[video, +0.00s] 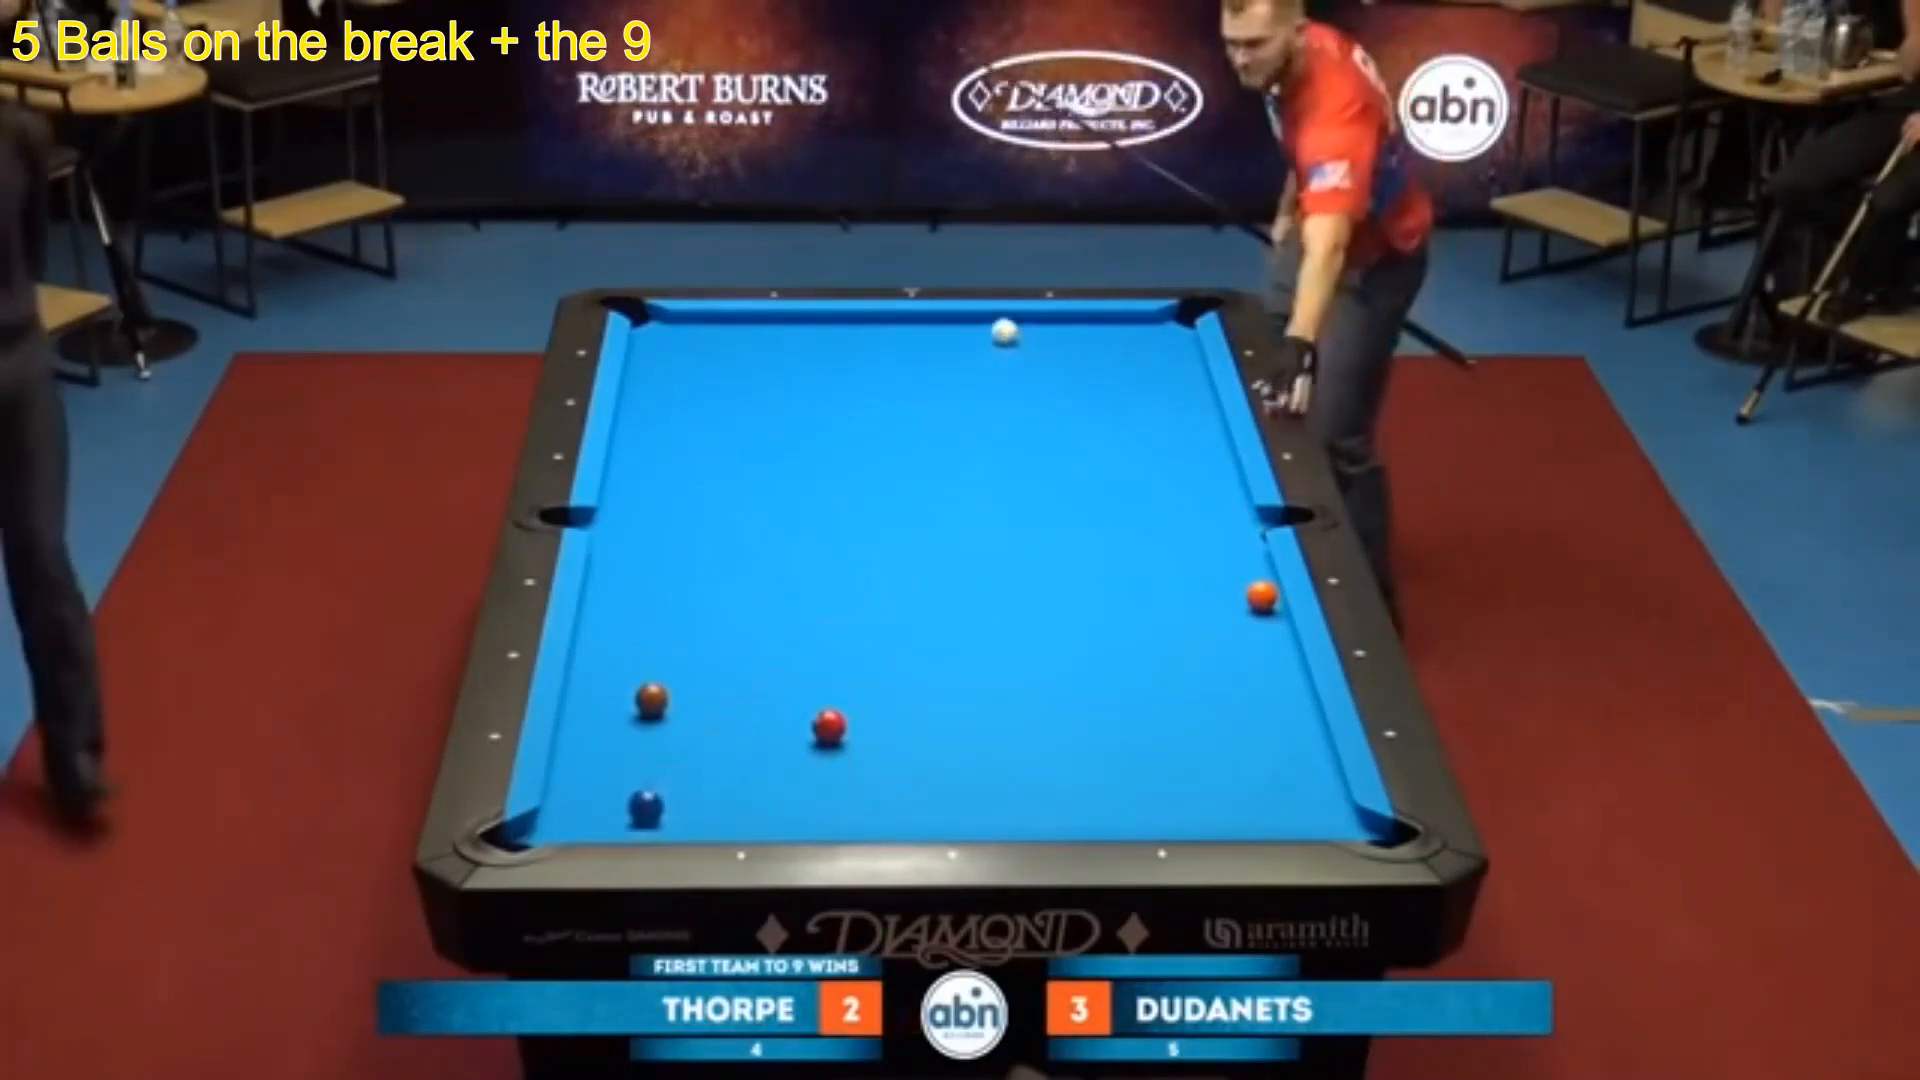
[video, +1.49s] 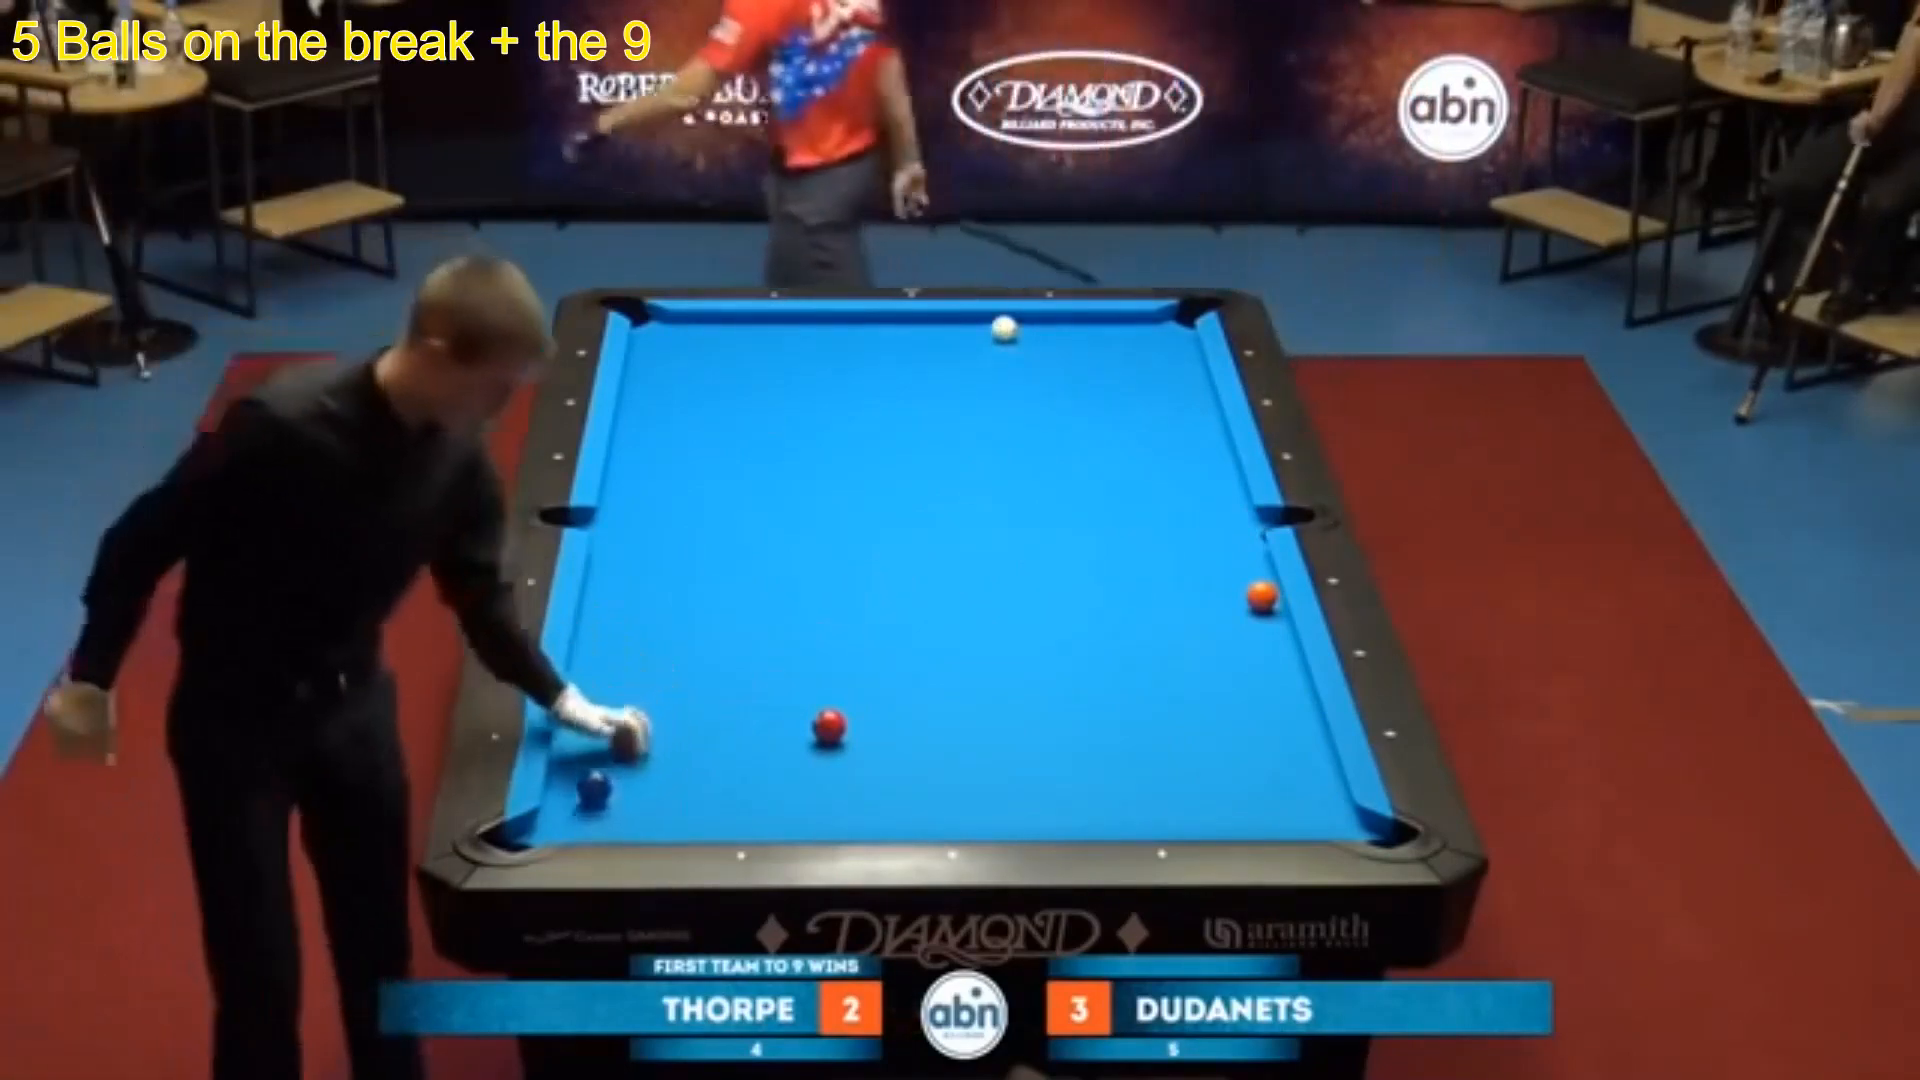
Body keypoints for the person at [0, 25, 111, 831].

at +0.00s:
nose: (18, 44)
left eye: (17, 39)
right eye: (18, 38)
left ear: (11, 54)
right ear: (11, 48)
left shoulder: (24, 135)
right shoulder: (22, 135)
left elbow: (30, 248)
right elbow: (33, 248)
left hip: (16, 349)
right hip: (19, 350)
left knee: (39, 558)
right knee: (40, 559)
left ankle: (77, 760)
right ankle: (77, 762)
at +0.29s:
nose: (39, 112)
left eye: (52, 92)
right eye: (21, 96)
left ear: (67, 82)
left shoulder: (93, 154)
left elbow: (109, 258)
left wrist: (119, 334)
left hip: (82, 400)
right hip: (4, 415)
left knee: (83, 610)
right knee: (34, 619)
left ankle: (82, 779)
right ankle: (20, 787)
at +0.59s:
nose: (97, 185)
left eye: (105, 166)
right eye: (77, 173)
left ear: (115, 151)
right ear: (20, 172)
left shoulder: (150, 220)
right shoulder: (8, 249)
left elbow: (171, 338)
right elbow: (10, 384)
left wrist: (141, 420)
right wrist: (38, 455)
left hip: (150, 481)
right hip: (46, 499)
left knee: (127, 666)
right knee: (103, 711)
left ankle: (76, 759)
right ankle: (144, 930)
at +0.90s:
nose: (211, 228)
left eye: (217, 209)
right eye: (190, 213)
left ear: (223, 194)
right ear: (122, 203)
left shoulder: (243, 273)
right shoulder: (53, 313)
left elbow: (298, 396)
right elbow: (5, 469)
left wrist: (356, 514)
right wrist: (12, 605)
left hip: (227, 546)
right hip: (119, 566)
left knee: (281, 775)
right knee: (140, 784)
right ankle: (160, 967)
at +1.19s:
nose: (376, 333)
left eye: (385, 314)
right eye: (363, 313)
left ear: (389, 300)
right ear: (301, 287)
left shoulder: (367, 389)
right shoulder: (184, 375)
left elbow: (460, 503)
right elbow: (86, 511)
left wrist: (568, 615)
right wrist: (79, 664)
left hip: (289, 640)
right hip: (174, 653)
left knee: (344, 881)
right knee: (203, 872)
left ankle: (383, 1061)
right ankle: (179, 970)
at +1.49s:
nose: (504, 407)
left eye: (514, 390)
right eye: (498, 388)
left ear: (448, 357)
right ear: (439, 353)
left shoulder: (456, 458)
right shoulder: (280, 424)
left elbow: (484, 599)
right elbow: (143, 539)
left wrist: (568, 702)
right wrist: (90, 677)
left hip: (350, 705)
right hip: (232, 715)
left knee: (379, 957)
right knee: (259, 980)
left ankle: (391, 1077)